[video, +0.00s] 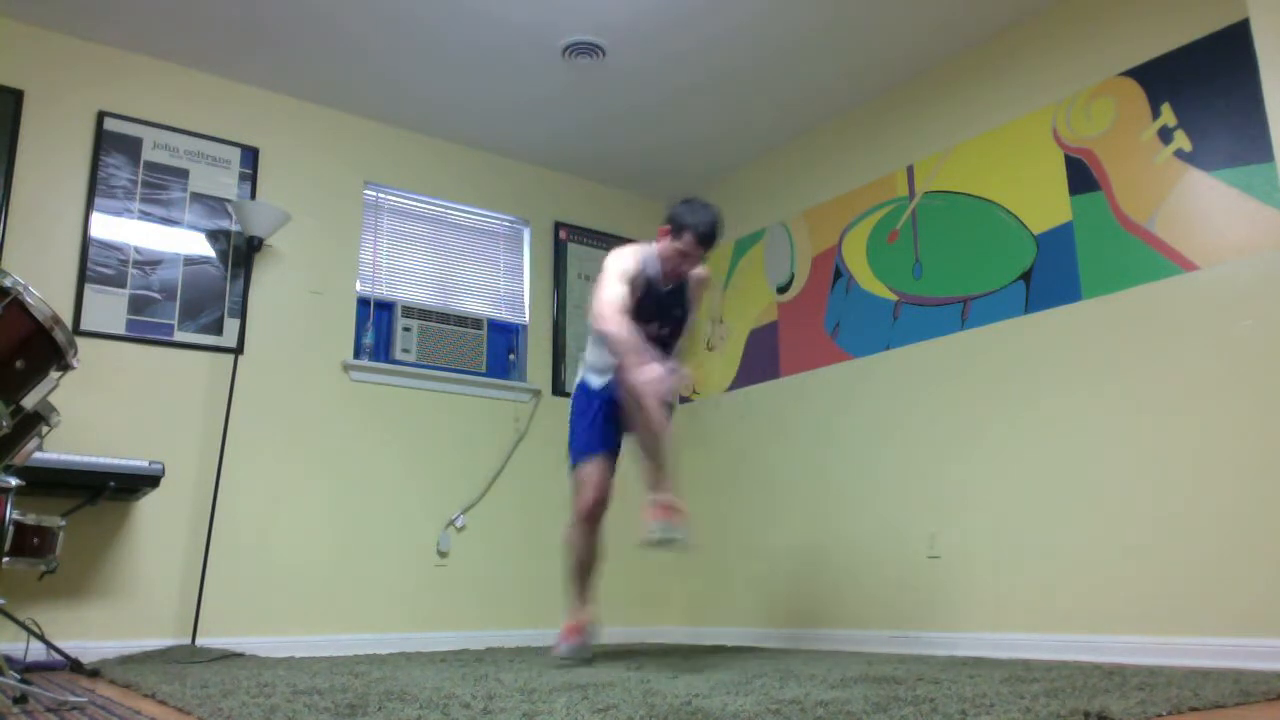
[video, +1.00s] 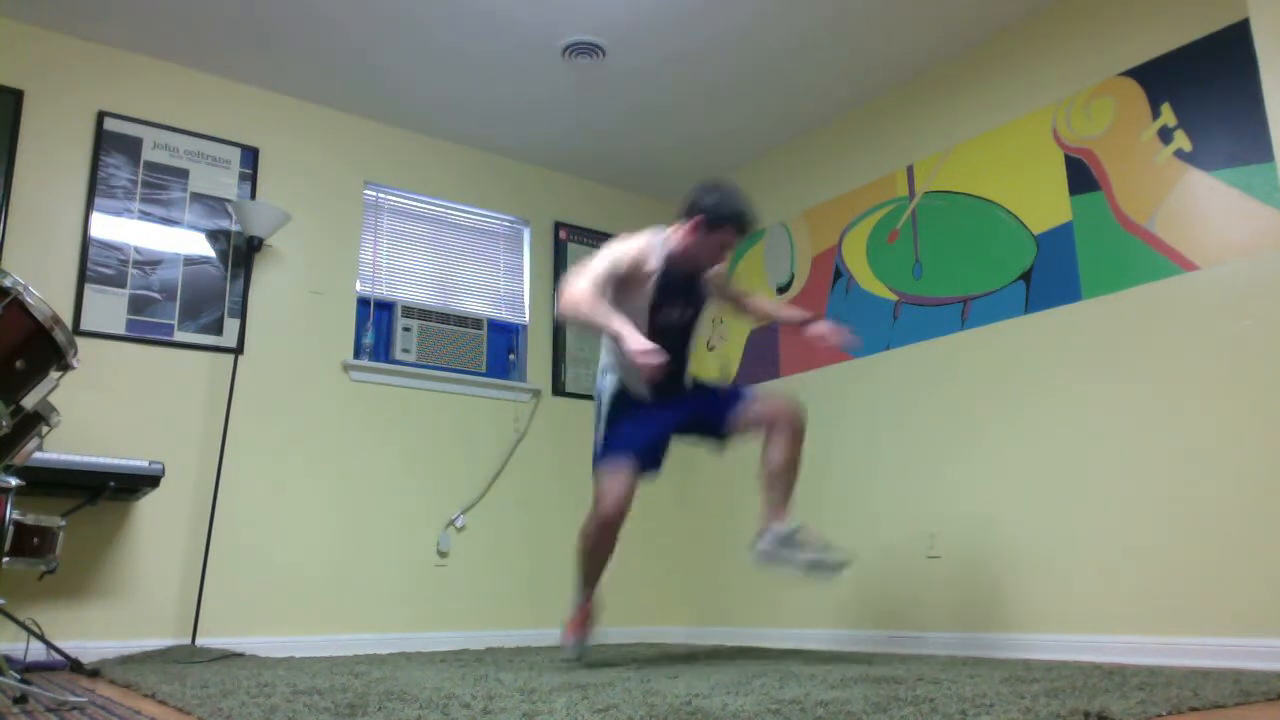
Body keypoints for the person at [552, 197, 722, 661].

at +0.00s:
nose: (686, 264)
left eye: (695, 258)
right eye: (682, 252)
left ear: (704, 255)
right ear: (665, 236)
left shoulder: (696, 280)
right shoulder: (626, 261)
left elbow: (681, 332)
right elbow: (609, 319)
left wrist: (672, 370)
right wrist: (643, 366)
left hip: (652, 385)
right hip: (601, 385)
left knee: (635, 380)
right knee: (590, 502)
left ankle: (661, 499)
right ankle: (579, 616)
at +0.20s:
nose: (710, 264)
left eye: (720, 256)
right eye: (704, 251)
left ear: (729, 251)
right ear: (685, 233)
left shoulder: (724, 292)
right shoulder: (640, 259)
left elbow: (754, 350)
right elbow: (566, 289)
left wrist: (790, 393)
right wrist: (568, 360)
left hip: (676, 411)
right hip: (622, 403)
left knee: (699, 517)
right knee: (652, 508)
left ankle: (701, 634)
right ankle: (649, 630)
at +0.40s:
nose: (707, 259)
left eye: (717, 251)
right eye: (702, 246)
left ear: (727, 244)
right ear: (682, 227)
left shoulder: (724, 282)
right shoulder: (639, 248)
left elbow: (753, 337)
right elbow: (570, 266)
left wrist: (791, 357)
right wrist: (598, 316)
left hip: (681, 384)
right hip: (627, 376)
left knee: (694, 494)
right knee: (656, 332)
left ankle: (693, 615)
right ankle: (686, 480)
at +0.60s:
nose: (732, 307)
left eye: (740, 300)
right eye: (731, 294)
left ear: (743, 297)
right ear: (717, 276)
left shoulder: (728, 315)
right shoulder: (661, 282)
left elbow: (772, 354)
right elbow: (576, 318)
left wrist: (817, 378)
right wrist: (578, 364)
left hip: (660, 411)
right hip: (611, 402)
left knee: (709, 518)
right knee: (615, 338)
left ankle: (702, 632)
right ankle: (639, 490)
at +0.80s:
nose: (705, 363)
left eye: (714, 358)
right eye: (704, 356)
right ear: (690, 335)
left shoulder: (703, 334)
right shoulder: (635, 327)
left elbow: (716, 352)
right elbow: (545, 355)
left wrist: (748, 361)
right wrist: (545, 416)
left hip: (669, 440)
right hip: (618, 440)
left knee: (732, 522)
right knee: (604, 541)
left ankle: (704, 632)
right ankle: (567, 639)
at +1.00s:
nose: (723, 258)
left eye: (729, 249)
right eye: (721, 246)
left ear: (706, 233)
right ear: (693, 228)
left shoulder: (705, 271)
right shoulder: (635, 252)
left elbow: (747, 303)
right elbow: (573, 297)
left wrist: (809, 322)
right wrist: (630, 336)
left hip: (683, 397)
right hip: (632, 404)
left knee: (786, 416)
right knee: (610, 509)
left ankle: (774, 532)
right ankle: (583, 606)